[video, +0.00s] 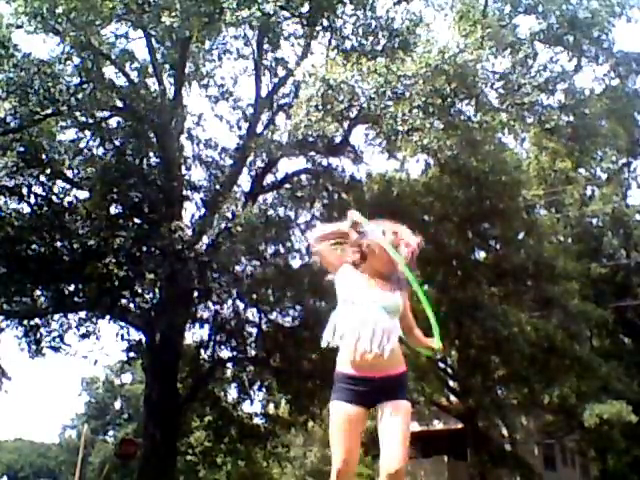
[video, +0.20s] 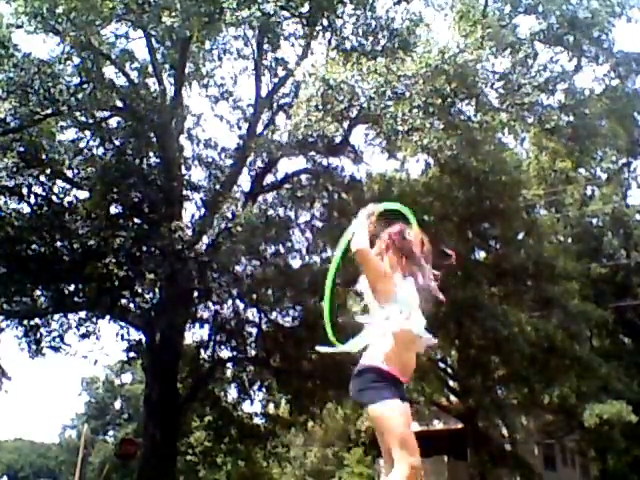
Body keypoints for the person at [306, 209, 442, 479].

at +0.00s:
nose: (397, 258)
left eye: (397, 252)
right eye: (391, 249)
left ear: (397, 256)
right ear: (370, 249)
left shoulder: (399, 288)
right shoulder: (345, 272)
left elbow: (410, 330)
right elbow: (316, 241)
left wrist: (426, 342)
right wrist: (346, 228)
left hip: (393, 383)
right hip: (349, 382)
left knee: (394, 469)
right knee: (342, 467)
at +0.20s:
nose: (415, 254)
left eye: (416, 248)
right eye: (412, 246)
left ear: (390, 245)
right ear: (392, 244)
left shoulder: (406, 281)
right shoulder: (382, 275)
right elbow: (359, 248)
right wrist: (364, 217)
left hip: (395, 383)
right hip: (377, 378)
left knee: (394, 466)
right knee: (409, 463)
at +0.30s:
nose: (426, 261)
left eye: (427, 253)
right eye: (425, 252)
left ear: (388, 250)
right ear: (406, 249)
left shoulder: (376, 280)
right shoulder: (395, 273)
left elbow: (381, 253)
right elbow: (421, 276)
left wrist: (405, 226)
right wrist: (412, 237)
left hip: (369, 375)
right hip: (394, 373)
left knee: (396, 466)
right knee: (419, 463)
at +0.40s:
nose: (427, 264)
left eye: (428, 258)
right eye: (424, 256)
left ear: (393, 254)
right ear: (408, 255)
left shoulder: (372, 287)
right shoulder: (414, 281)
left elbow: (365, 322)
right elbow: (458, 308)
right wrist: (469, 263)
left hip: (372, 370)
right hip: (408, 368)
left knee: (401, 471)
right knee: (427, 469)